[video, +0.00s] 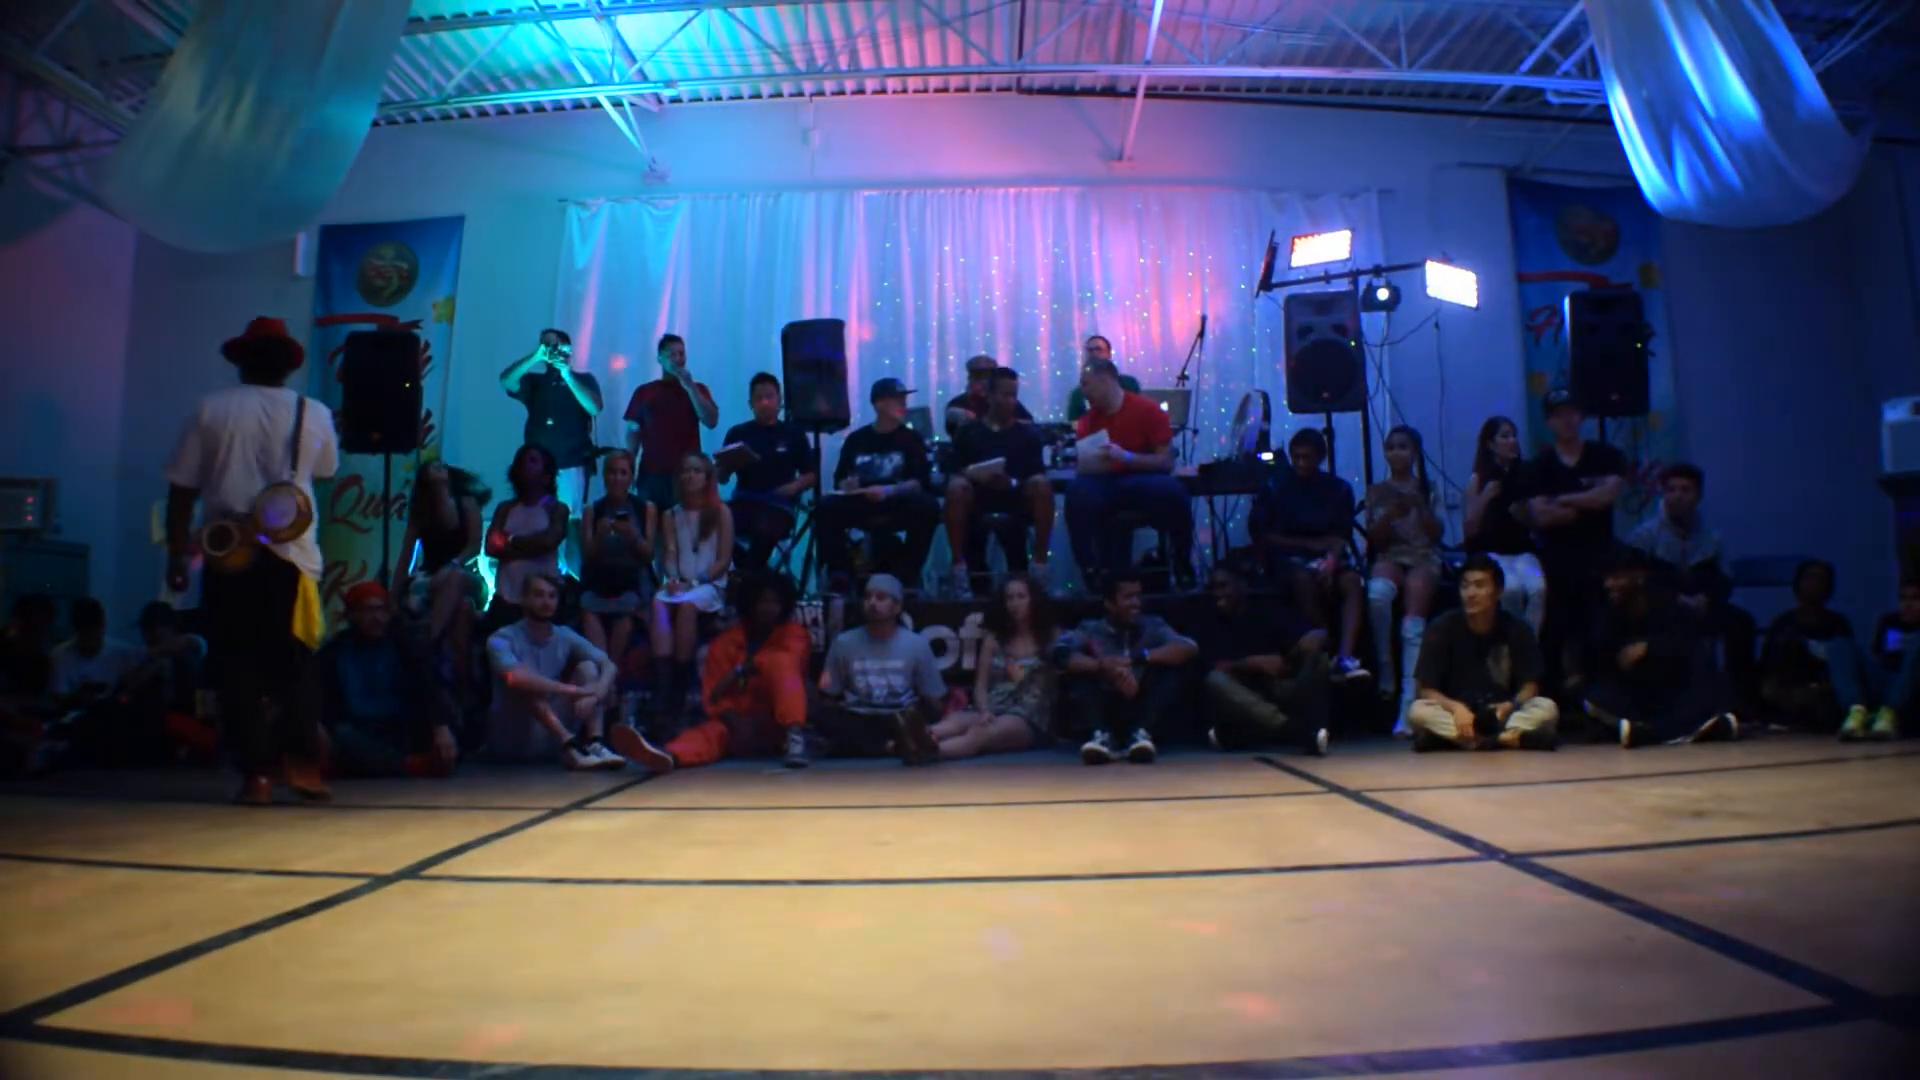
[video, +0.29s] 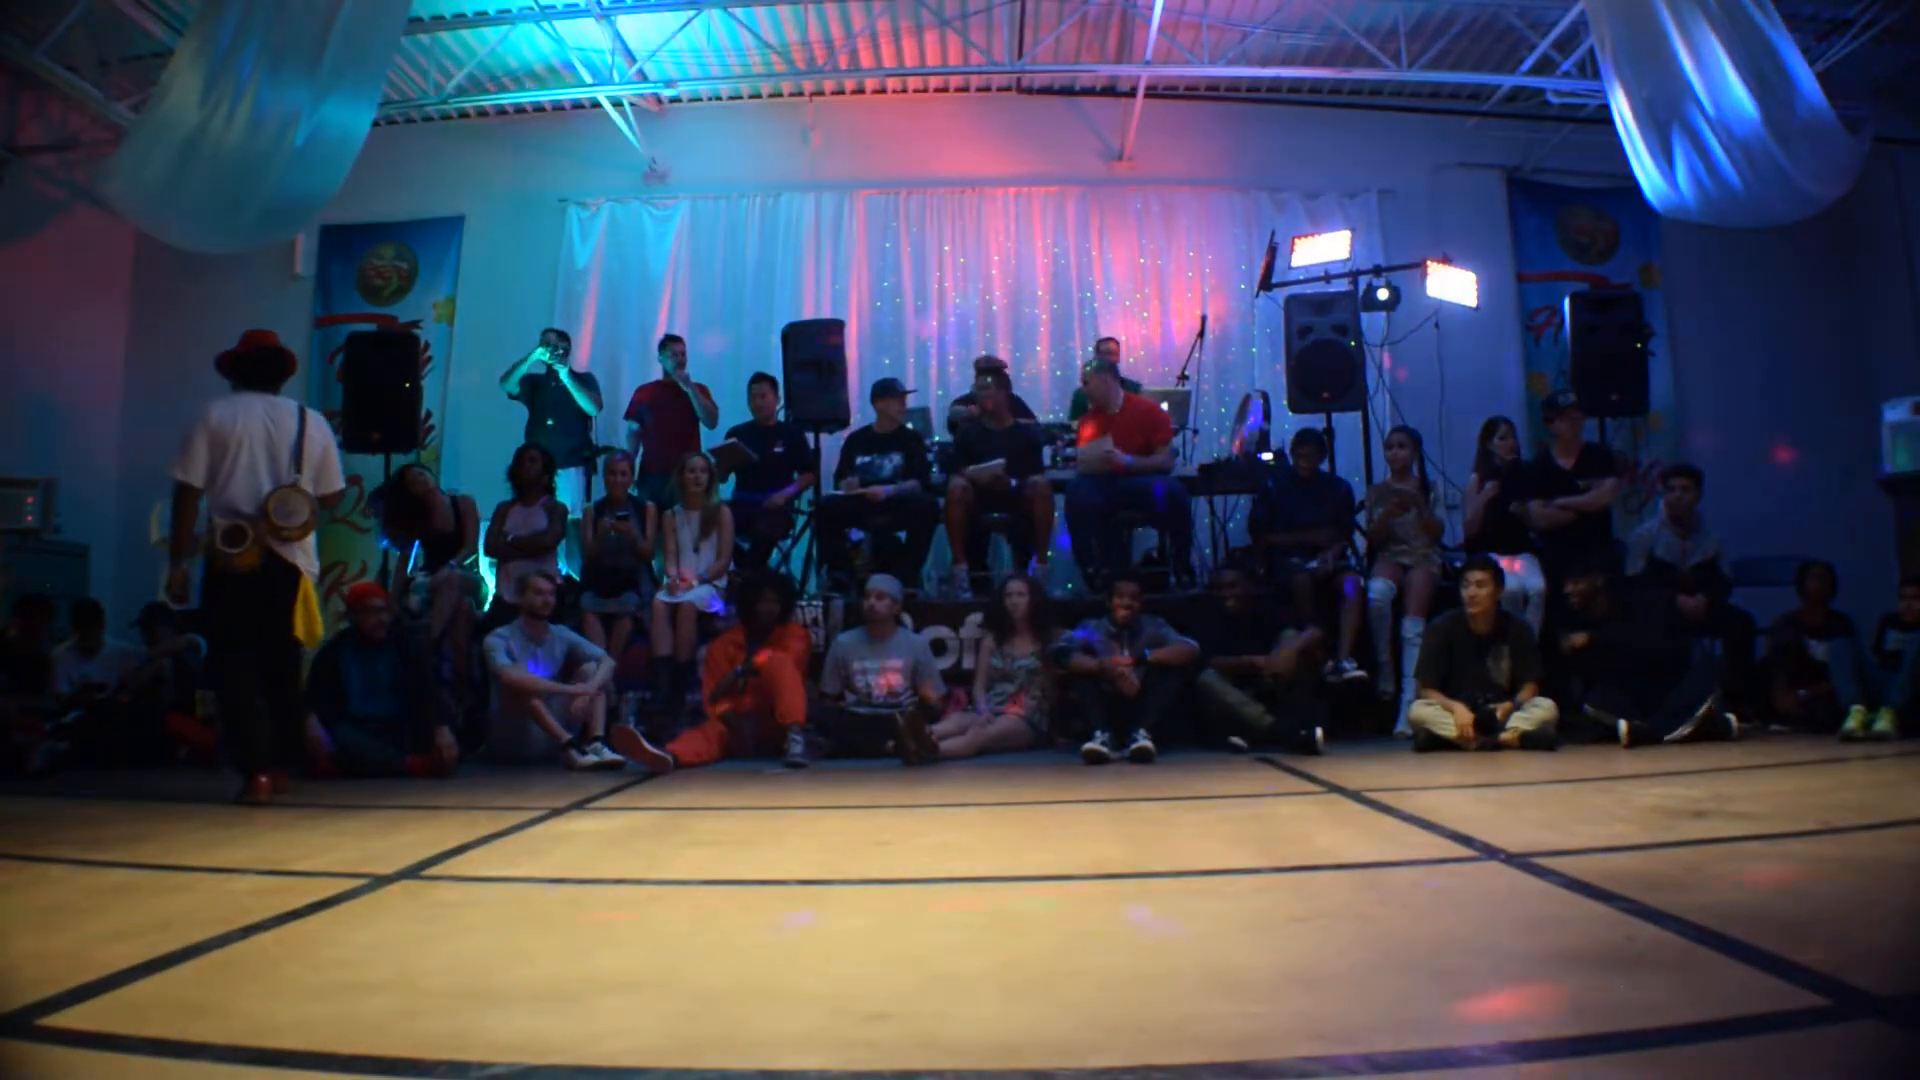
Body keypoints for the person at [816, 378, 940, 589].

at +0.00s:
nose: (902, 405)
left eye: (903, 400)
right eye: (895, 400)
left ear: (905, 403)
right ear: (878, 404)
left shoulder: (912, 439)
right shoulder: (856, 440)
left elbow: (920, 481)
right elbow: (840, 481)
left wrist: (887, 491)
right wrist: (848, 485)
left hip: (898, 501)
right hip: (861, 501)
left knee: (927, 508)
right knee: (826, 507)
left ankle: (908, 578)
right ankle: (839, 576)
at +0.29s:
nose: (902, 405)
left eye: (903, 400)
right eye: (896, 400)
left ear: (905, 402)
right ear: (878, 404)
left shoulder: (912, 439)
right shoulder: (856, 440)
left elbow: (921, 482)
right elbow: (840, 479)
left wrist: (887, 491)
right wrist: (848, 485)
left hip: (898, 501)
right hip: (861, 501)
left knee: (927, 508)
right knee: (826, 507)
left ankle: (908, 578)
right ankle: (839, 576)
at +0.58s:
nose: (902, 405)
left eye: (903, 400)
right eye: (896, 400)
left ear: (905, 402)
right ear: (878, 404)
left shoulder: (912, 439)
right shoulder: (856, 439)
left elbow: (921, 482)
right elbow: (840, 480)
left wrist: (887, 491)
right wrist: (848, 485)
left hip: (898, 502)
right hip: (861, 502)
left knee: (927, 508)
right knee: (826, 507)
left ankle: (908, 579)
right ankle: (840, 577)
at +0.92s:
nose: (900, 405)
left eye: (901, 399)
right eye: (894, 400)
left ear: (903, 401)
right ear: (876, 404)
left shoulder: (911, 439)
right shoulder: (855, 440)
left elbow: (921, 481)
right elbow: (840, 481)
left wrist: (888, 490)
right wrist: (850, 485)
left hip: (899, 502)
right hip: (861, 502)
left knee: (927, 508)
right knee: (826, 507)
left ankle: (908, 579)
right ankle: (840, 577)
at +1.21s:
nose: (891, 408)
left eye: (894, 402)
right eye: (885, 402)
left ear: (899, 404)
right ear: (873, 405)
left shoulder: (912, 440)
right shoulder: (856, 441)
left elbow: (921, 481)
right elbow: (841, 481)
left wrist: (888, 491)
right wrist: (853, 486)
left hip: (899, 502)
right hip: (862, 502)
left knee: (927, 507)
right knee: (827, 508)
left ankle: (908, 578)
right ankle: (840, 576)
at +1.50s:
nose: (885, 410)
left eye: (889, 404)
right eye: (879, 404)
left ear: (898, 406)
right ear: (871, 407)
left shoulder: (911, 440)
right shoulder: (855, 441)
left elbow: (921, 481)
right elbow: (844, 478)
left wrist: (888, 490)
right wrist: (853, 490)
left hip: (899, 501)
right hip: (862, 502)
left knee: (927, 508)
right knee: (827, 507)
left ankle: (908, 578)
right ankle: (839, 576)